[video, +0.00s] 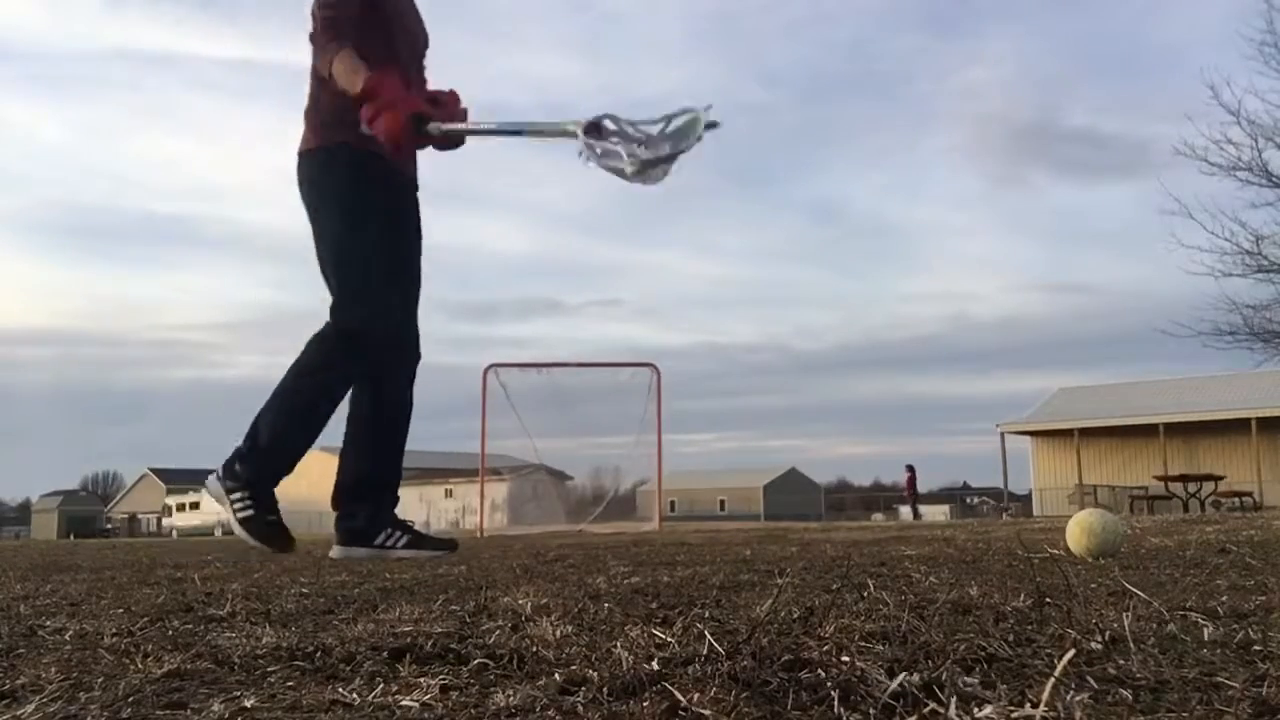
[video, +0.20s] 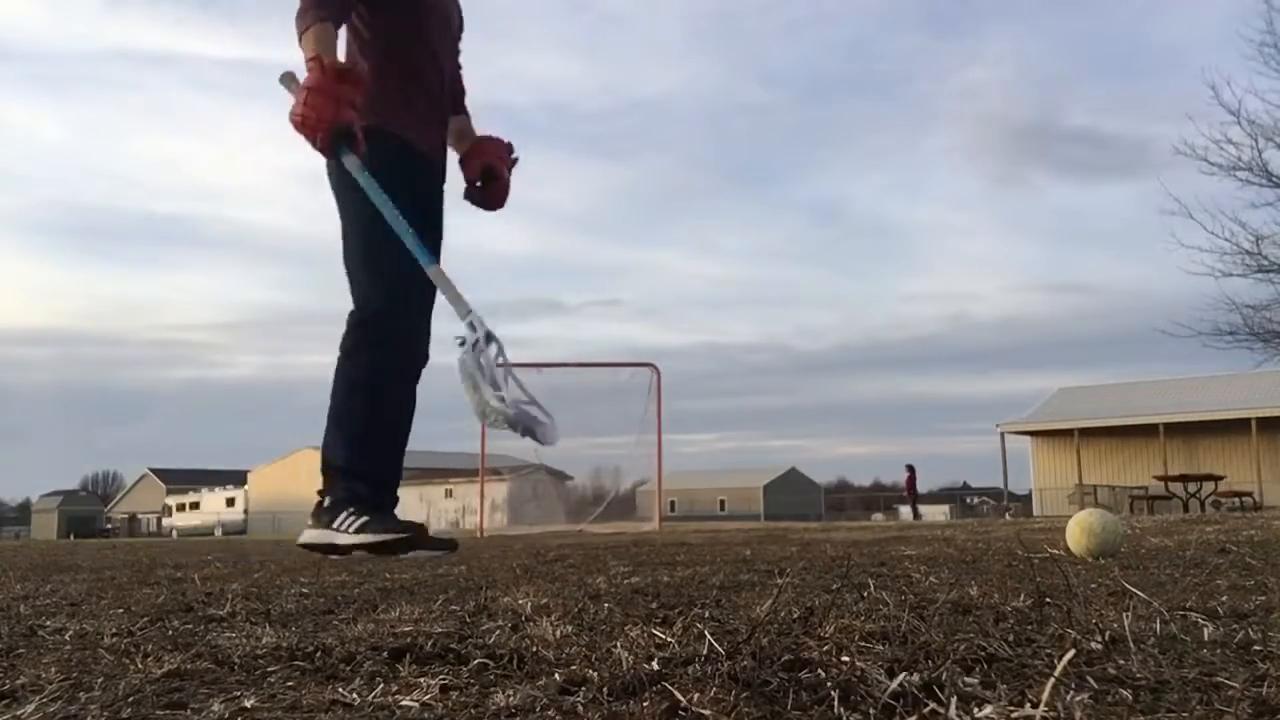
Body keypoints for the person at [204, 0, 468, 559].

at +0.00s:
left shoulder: (406, 19)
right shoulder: (345, 2)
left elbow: (401, 90)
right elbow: (330, 46)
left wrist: (433, 117)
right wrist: (379, 94)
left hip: (389, 170)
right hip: (342, 158)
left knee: (396, 346)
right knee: (361, 325)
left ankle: (366, 522)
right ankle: (245, 476)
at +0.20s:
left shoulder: (444, 12)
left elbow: (443, 65)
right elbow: (319, 7)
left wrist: (469, 146)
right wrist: (323, 69)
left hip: (421, 148)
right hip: (372, 129)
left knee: (408, 332)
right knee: (383, 316)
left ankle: (375, 511)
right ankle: (342, 504)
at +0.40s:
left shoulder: (481, 13)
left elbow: (485, 90)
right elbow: (316, 8)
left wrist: (511, 188)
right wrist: (321, 88)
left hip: (448, 148)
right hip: (396, 129)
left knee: (414, 320)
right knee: (417, 315)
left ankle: (363, 511)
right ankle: (434, 497)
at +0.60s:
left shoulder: (509, 10)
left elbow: (514, 59)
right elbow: (346, 4)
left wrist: (534, 158)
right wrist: (341, 87)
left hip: (482, 115)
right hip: (426, 92)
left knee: (474, 313)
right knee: (458, 304)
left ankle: (388, 482)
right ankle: (445, 508)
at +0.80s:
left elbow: (529, 18)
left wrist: (572, 93)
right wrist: (422, 37)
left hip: (524, 78)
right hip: (449, 53)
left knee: (570, 282)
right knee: (453, 287)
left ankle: (471, 474)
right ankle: (440, 502)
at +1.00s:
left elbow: (551, 13)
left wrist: (612, 30)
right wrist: (465, 21)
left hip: (561, 63)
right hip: (474, 45)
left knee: (621, 264)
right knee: (459, 286)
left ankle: (626, 491)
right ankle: (445, 504)